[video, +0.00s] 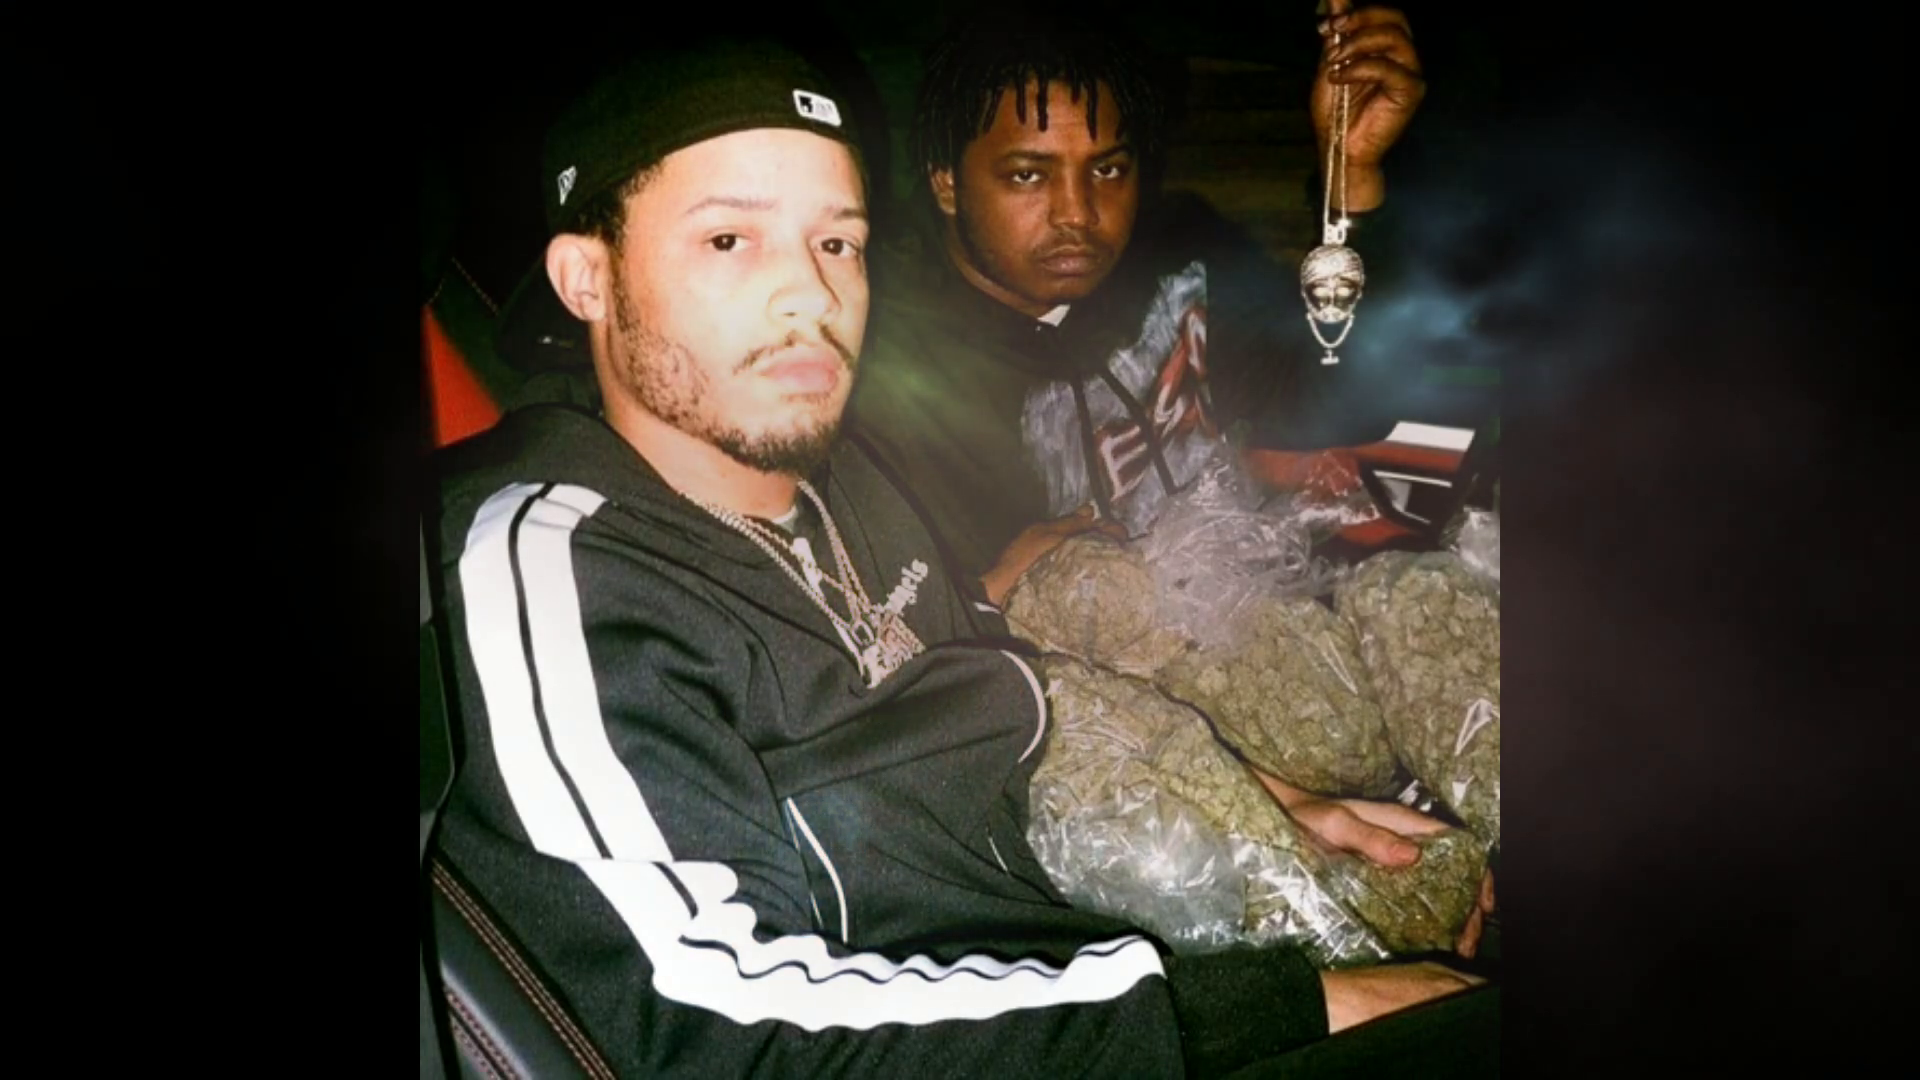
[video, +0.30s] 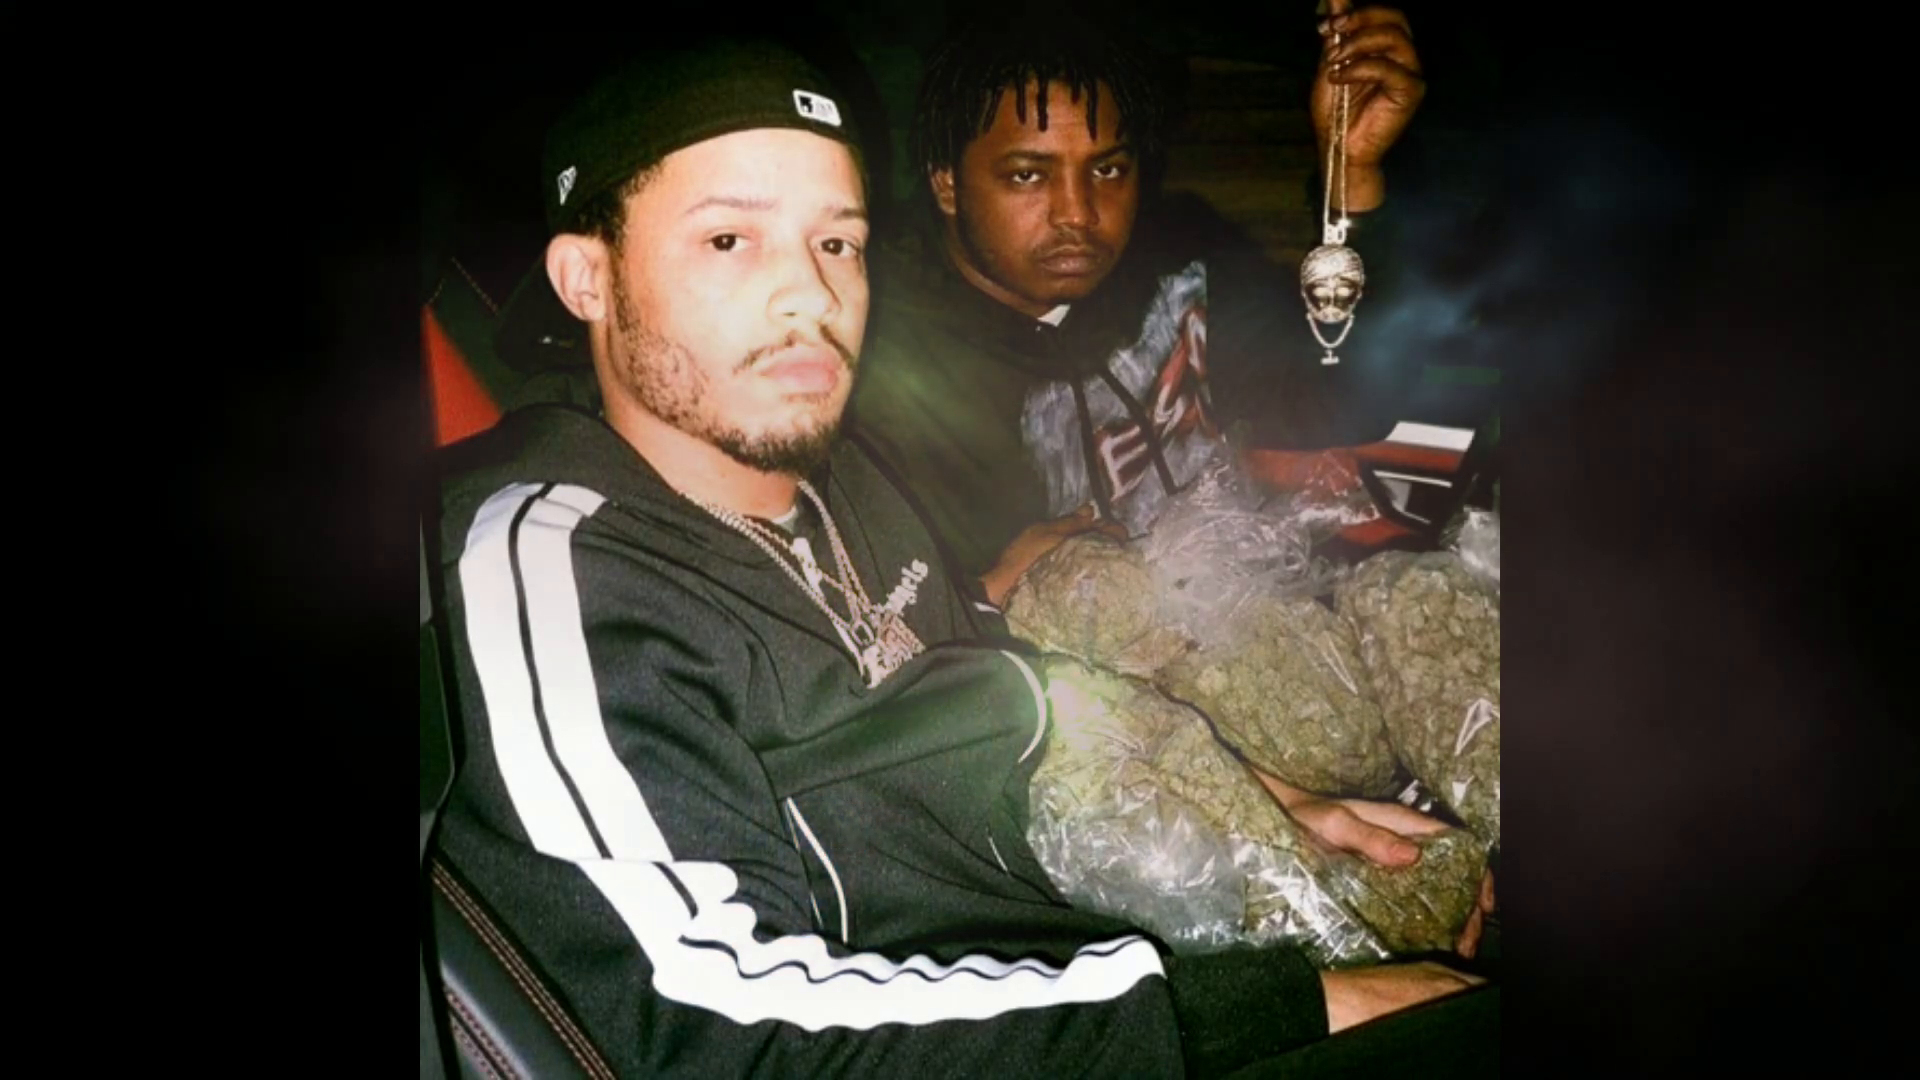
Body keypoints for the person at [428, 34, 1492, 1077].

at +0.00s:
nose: (811, 302)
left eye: (836, 249)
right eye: (730, 244)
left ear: (868, 270)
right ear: (590, 284)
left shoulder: (838, 481)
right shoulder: (533, 553)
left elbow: (1011, 731)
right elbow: (706, 1011)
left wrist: (1268, 820)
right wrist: (1274, 1008)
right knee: (1490, 1012)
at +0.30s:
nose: (810, 304)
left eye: (836, 250)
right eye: (729, 244)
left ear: (868, 270)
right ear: (588, 282)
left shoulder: (838, 482)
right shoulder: (533, 554)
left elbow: (1014, 737)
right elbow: (709, 1015)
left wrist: (1270, 820)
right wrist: (1275, 1009)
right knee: (1478, 1007)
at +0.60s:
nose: (810, 305)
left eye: (835, 249)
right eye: (729, 245)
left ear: (867, 268)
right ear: (588, 282)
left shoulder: (831, 481)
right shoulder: (534, 558)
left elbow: (1010, 737)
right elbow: (710, 1016)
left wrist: (1269, 820)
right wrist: (1277, 1009)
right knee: (1468, 1004)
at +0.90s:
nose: (811, 303)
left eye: (835, 249)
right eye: (729, 244)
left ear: (867, 267)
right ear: (588, 283)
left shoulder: (825, 475)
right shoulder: (534, 555)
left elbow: (1009, 729)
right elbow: (710, 1015)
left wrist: (1269, 820)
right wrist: (1279, 1008)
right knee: (1475, 1004)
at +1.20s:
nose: (810, 303)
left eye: (835, 250)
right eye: (729, 244)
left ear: (866, 270)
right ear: (589, 282)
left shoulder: (829, 482)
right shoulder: (539, 553)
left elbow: (1012, 742)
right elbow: (707, 1017)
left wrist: (1270, 820)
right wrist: (1276, 1007)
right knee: (1481, 1004)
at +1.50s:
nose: (810, 303)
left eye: (835, 249)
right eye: (729, 244)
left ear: (866, 269)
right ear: (588, 282)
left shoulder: (828, 482)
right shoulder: (536, 552)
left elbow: (1010, 745)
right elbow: (707, 1019)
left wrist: (1267, 820)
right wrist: (1278, 1008)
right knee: (1489, 1006)